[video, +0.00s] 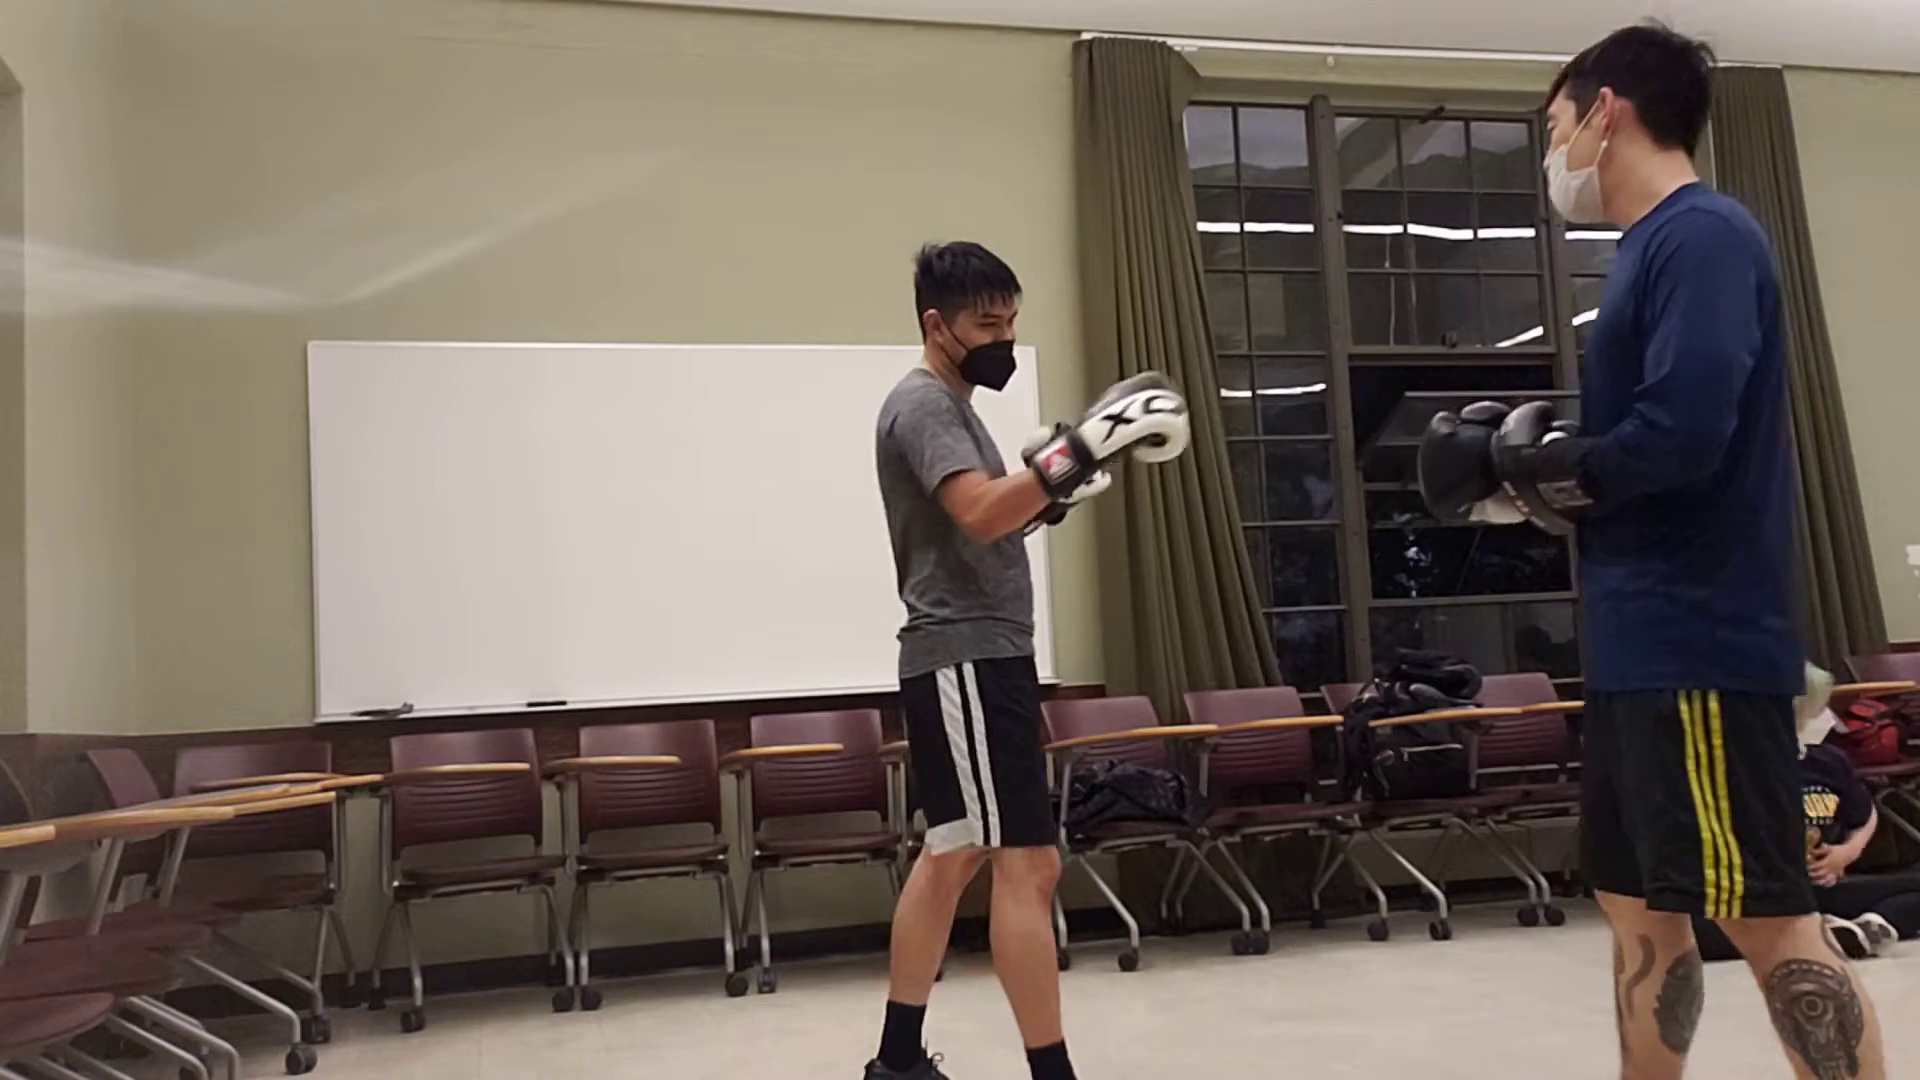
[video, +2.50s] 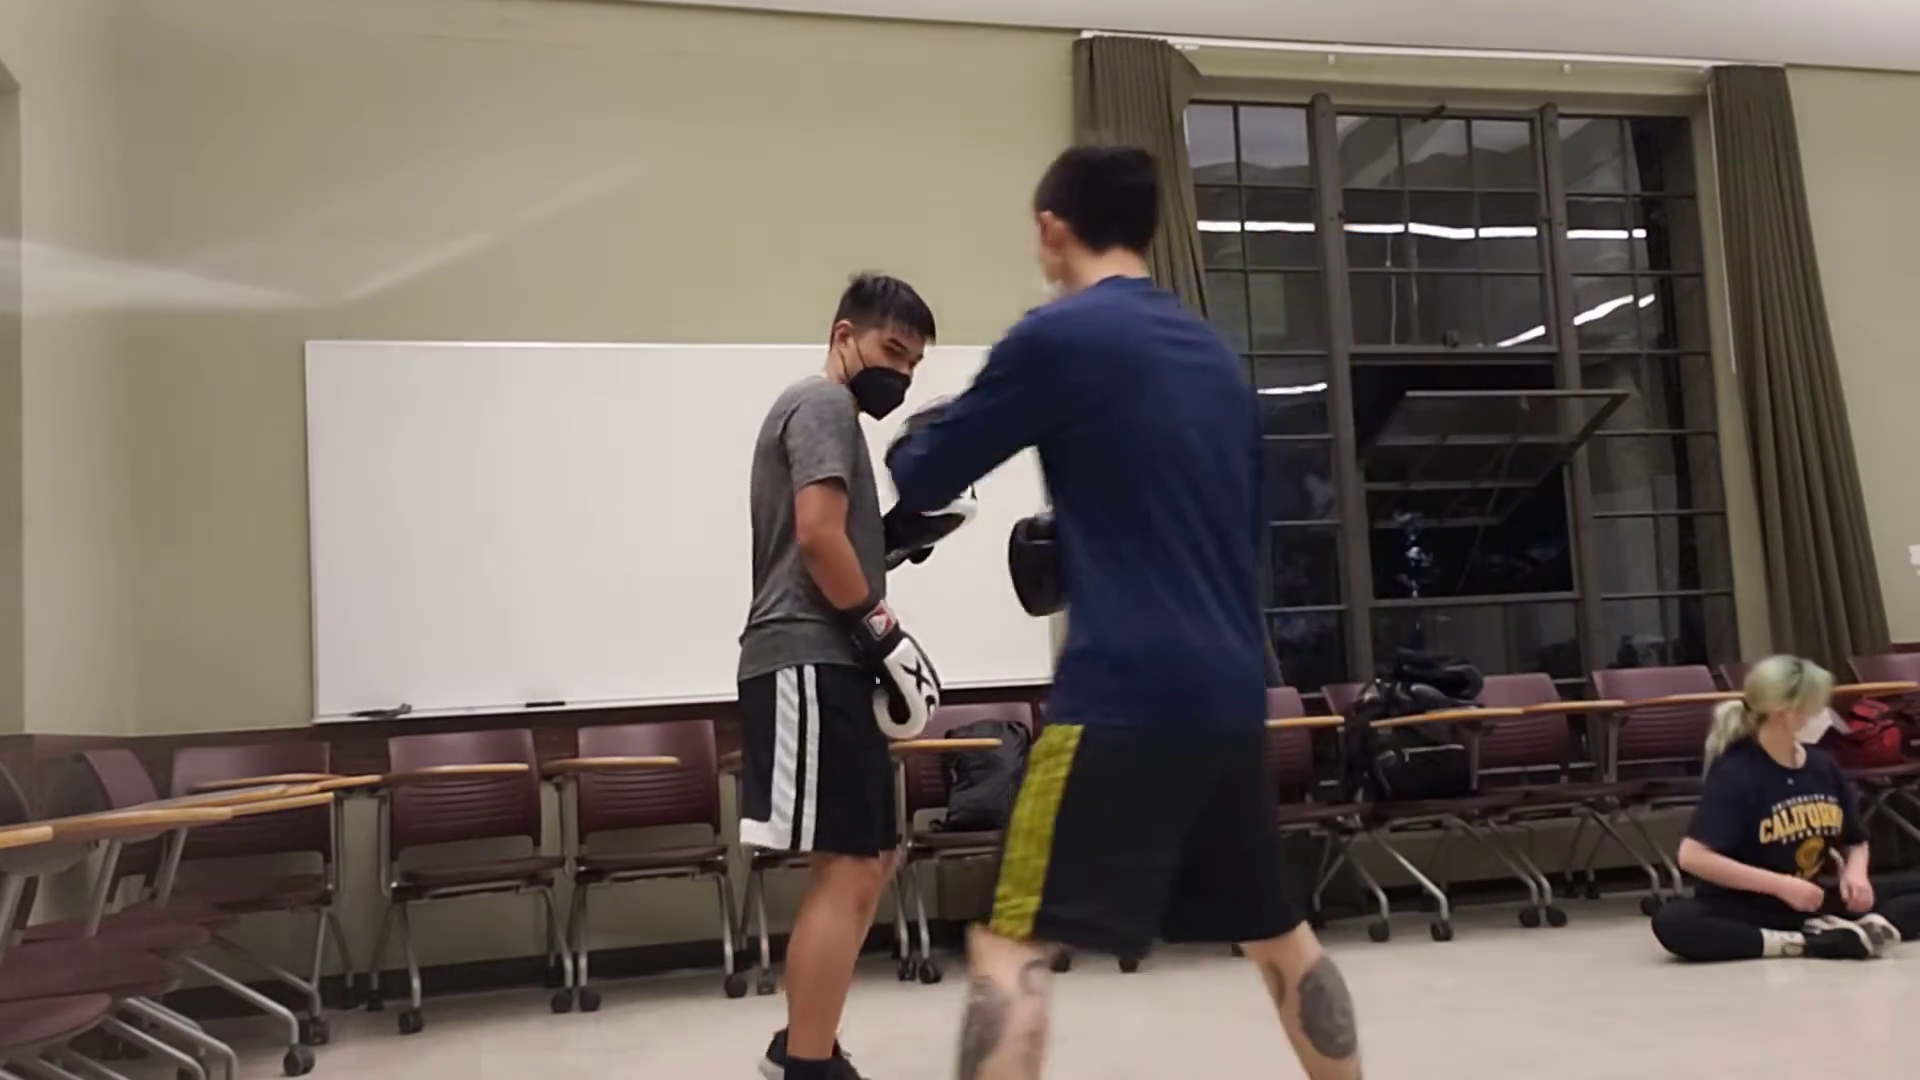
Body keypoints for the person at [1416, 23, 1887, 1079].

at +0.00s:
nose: (1554, 152)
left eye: (1557, 126)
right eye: (1551, 130)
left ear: (1608, 112)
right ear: (1633, 119)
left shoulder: (1703, 236)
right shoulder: (1655, 246)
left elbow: (1683, 437)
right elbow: (1647, 436)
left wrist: (1531, 465)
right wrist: (1532, 472)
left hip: (1707, 649)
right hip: (1639, 650)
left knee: (1766, 918)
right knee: (1636, 904)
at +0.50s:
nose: (1426, 207)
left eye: (1430, 182)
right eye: (1422, 189)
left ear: (1482, 162)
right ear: (1497, 172)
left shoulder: (1591, 260)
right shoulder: (1519, 308)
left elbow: (1612, 434)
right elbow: (1405, 428)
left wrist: (1481, 477)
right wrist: (1262, 408)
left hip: (1623, 629)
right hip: (1563, 633)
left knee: (1599, 888)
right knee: (1596, 890)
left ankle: (1762, 1069)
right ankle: (1644, 1079)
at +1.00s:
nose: (1372, 200)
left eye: (1370, 173)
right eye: (1367, 179)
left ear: (1414, 149)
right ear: (1441, 154)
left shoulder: (1518, 256)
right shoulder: (1492, 266)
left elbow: (1565, 424)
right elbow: (1516, 443)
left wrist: (1420, 480)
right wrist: (1397, 499)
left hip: (1521, 649)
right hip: (1525, 645)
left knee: (1521, 914)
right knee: (1577, 910)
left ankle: (1583, 1079)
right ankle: (1625, 1074)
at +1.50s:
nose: (1320, 177)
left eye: (1316, 149)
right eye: (1315, 154)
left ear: (1357, 130)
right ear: (1407, 130)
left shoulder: (1444, 251)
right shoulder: (1461, 241)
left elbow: (1489, 443)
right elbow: (1481, 445)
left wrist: (1356, 502)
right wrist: (1352, 491)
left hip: (1466, 652)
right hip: (1432, 646)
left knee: (1505, 928)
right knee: (1389, 881)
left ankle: (1572, 1078)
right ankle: (1502, 1068)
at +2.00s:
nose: (1207, 221)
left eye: (1207, 198)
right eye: (1205, 201)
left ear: (1239, 187)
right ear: (1296, 186)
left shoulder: (1314, 288)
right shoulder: (1331, 282)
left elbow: (1362, 458)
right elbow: (1328, 465)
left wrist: (1234, 519)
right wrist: (1216, 533)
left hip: (1332, 668)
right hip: (1324, 665)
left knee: (1358, 936)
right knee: (1348, 933)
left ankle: (1492, 1066)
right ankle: (1363, 1074)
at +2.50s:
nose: (1037, 247)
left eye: (1038, 231)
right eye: (1040, 231)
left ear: (1054, 229)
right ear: (1144, 233)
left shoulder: (1060, 337)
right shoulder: (1211, 347)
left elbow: (919, 472)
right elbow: (1237, 519)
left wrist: (947, 421)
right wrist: (1085, 548)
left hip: (1118, 692)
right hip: (1232, 691)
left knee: (1007, 944)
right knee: (1281, 935)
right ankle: (1345, 1079)